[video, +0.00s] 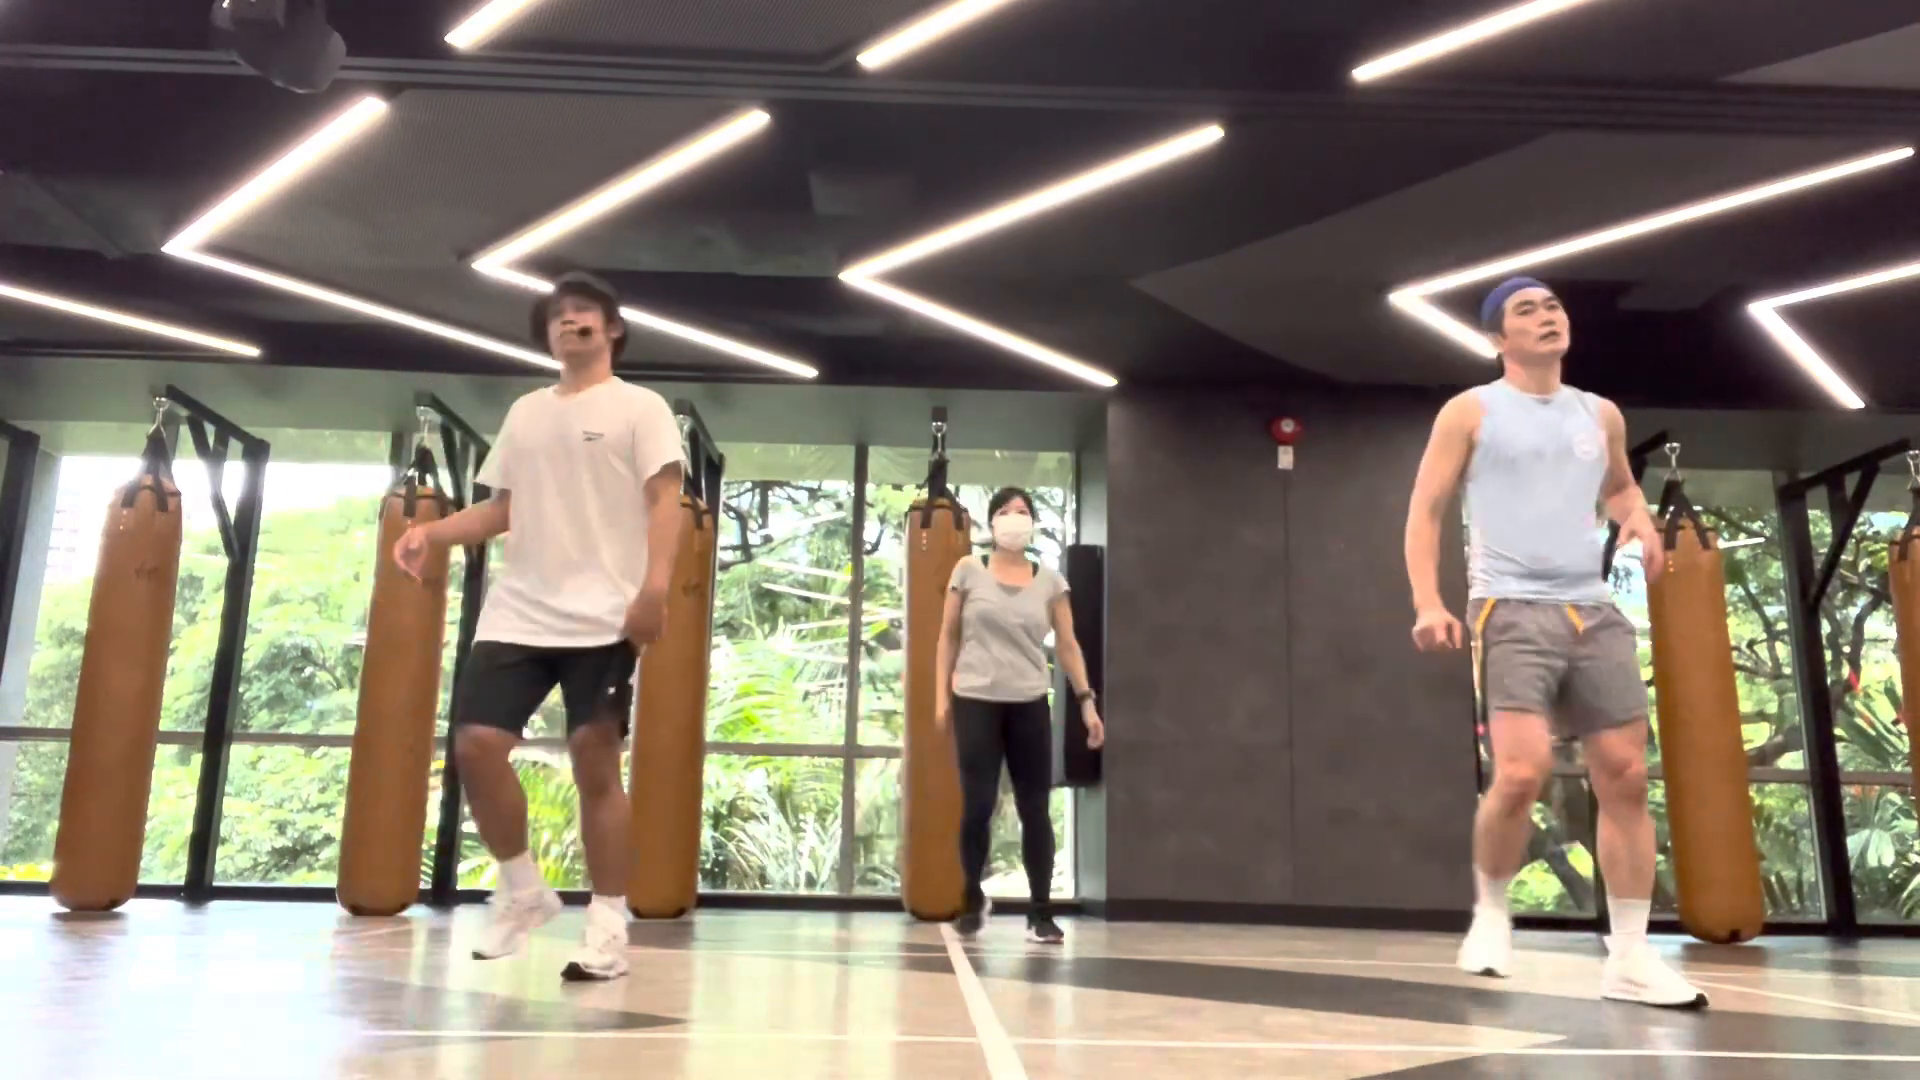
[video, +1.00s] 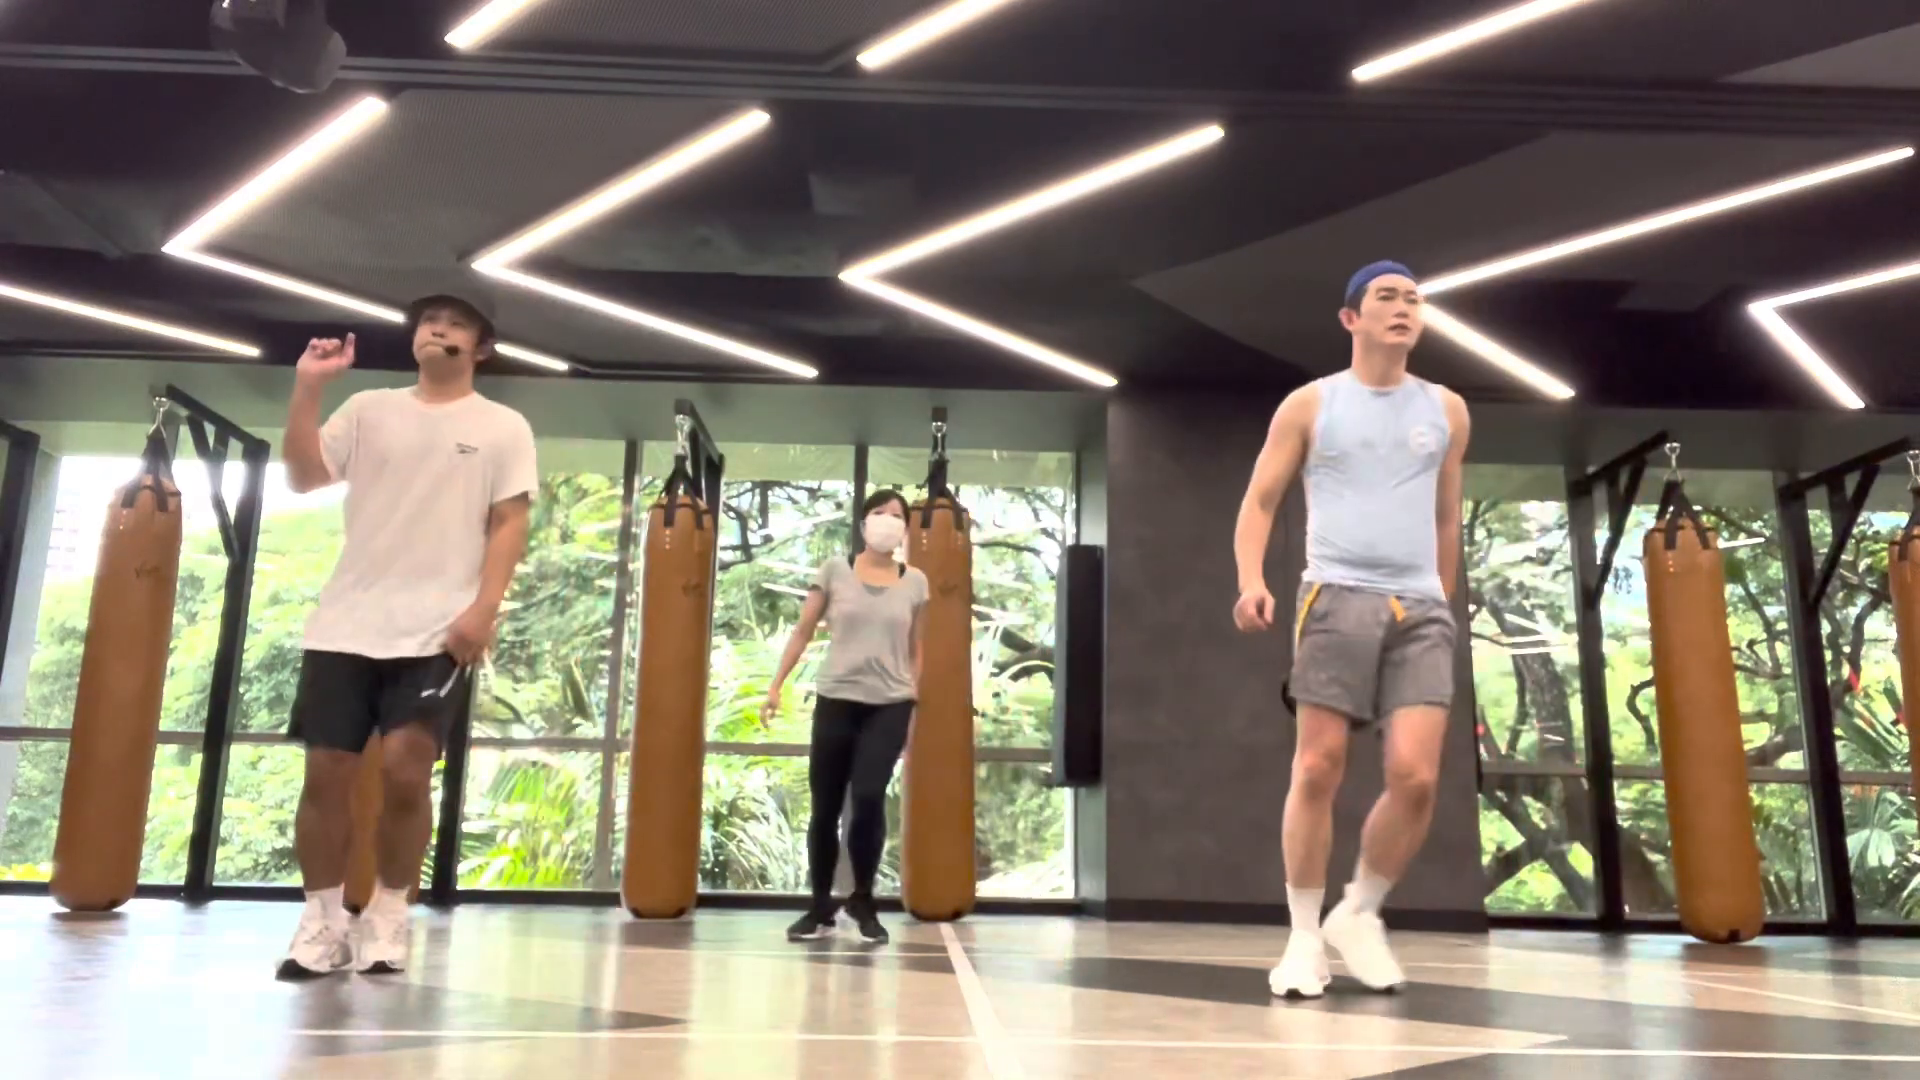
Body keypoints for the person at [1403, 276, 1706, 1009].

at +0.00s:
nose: (1547, 316)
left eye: (1554, 307)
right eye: (1527, 310)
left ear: (1569, 327)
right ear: (1499, 338)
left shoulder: (1602, 416)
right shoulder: (1469, 412)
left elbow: (1621, 492)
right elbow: (1425, 511)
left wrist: (1640, 524)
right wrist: (1428, 603)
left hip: (1597, 614)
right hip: (1512, 614)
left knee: (1627, 775)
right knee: (1521, 775)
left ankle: (1630, 956)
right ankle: (1491, 919)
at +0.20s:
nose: (1559, 324)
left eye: (1567, 315)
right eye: (1539, 317)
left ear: (1583, 338)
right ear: (1510, 345)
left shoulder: (1610, 427)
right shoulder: (1473, 420)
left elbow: (1634, 545)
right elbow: (1444, 527)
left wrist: (1638, 467)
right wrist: (1447, 625)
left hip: (1608, 617)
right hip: (1525, 619)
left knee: (1649, 779)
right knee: (1572, 776)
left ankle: (1635, 957)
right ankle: (1567, 920)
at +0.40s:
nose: (1531, 309)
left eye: (1541, 301)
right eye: (1513, 303)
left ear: (1559, 328)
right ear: (1485, 332)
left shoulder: (1591, 396)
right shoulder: (1453, 418)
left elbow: (1627, 487)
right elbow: (1433, 523)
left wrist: (1619, 392)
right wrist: (1424, 616)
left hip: (1581, 614)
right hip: (1484, 609)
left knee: (1625, 772)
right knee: (1457, 748)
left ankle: (1633, 955)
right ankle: (1443, 916)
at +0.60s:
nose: (1470, 324)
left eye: (1481, 318)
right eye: (1453, 318)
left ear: (1498, 346)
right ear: (1422, 350)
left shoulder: (1541, 416)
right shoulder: (1395, 442)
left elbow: (1593, 515)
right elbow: (1385, 546)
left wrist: (1609, 444)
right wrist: (1366, 628)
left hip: (1528, 635)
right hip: (1428, 633)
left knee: (1601, 780)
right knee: (1368, 772)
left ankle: (1630, 961)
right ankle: (1308, 939)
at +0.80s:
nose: (1417, 310)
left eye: (1427, 303)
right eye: (1400, 301)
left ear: (1440, 330)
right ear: (1367, 328)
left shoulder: (1470, 412)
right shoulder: (1325, 415)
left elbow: (1491, 514)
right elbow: (1300, 518)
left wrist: (1539, 544)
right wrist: (1289, 602)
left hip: (1450, 618)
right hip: (1355, 617)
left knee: (1524, 773)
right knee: (1324, 771)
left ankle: (1554, 935)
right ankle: (1306, 946)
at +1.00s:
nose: (1403, 309)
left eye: (1412, 300)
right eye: (1386, 297)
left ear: (1421, 322)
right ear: (1351, 317)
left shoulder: (1447, 411)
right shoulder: (1307, 405)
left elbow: (1448, 523)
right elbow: (1258, 502)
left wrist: (1445, 610)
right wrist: (1250, 580)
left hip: (1422, 607)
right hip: (1336, 603)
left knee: (1416, 780)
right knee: (1317, 768)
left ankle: (1356, 919)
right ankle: (1304, 940)